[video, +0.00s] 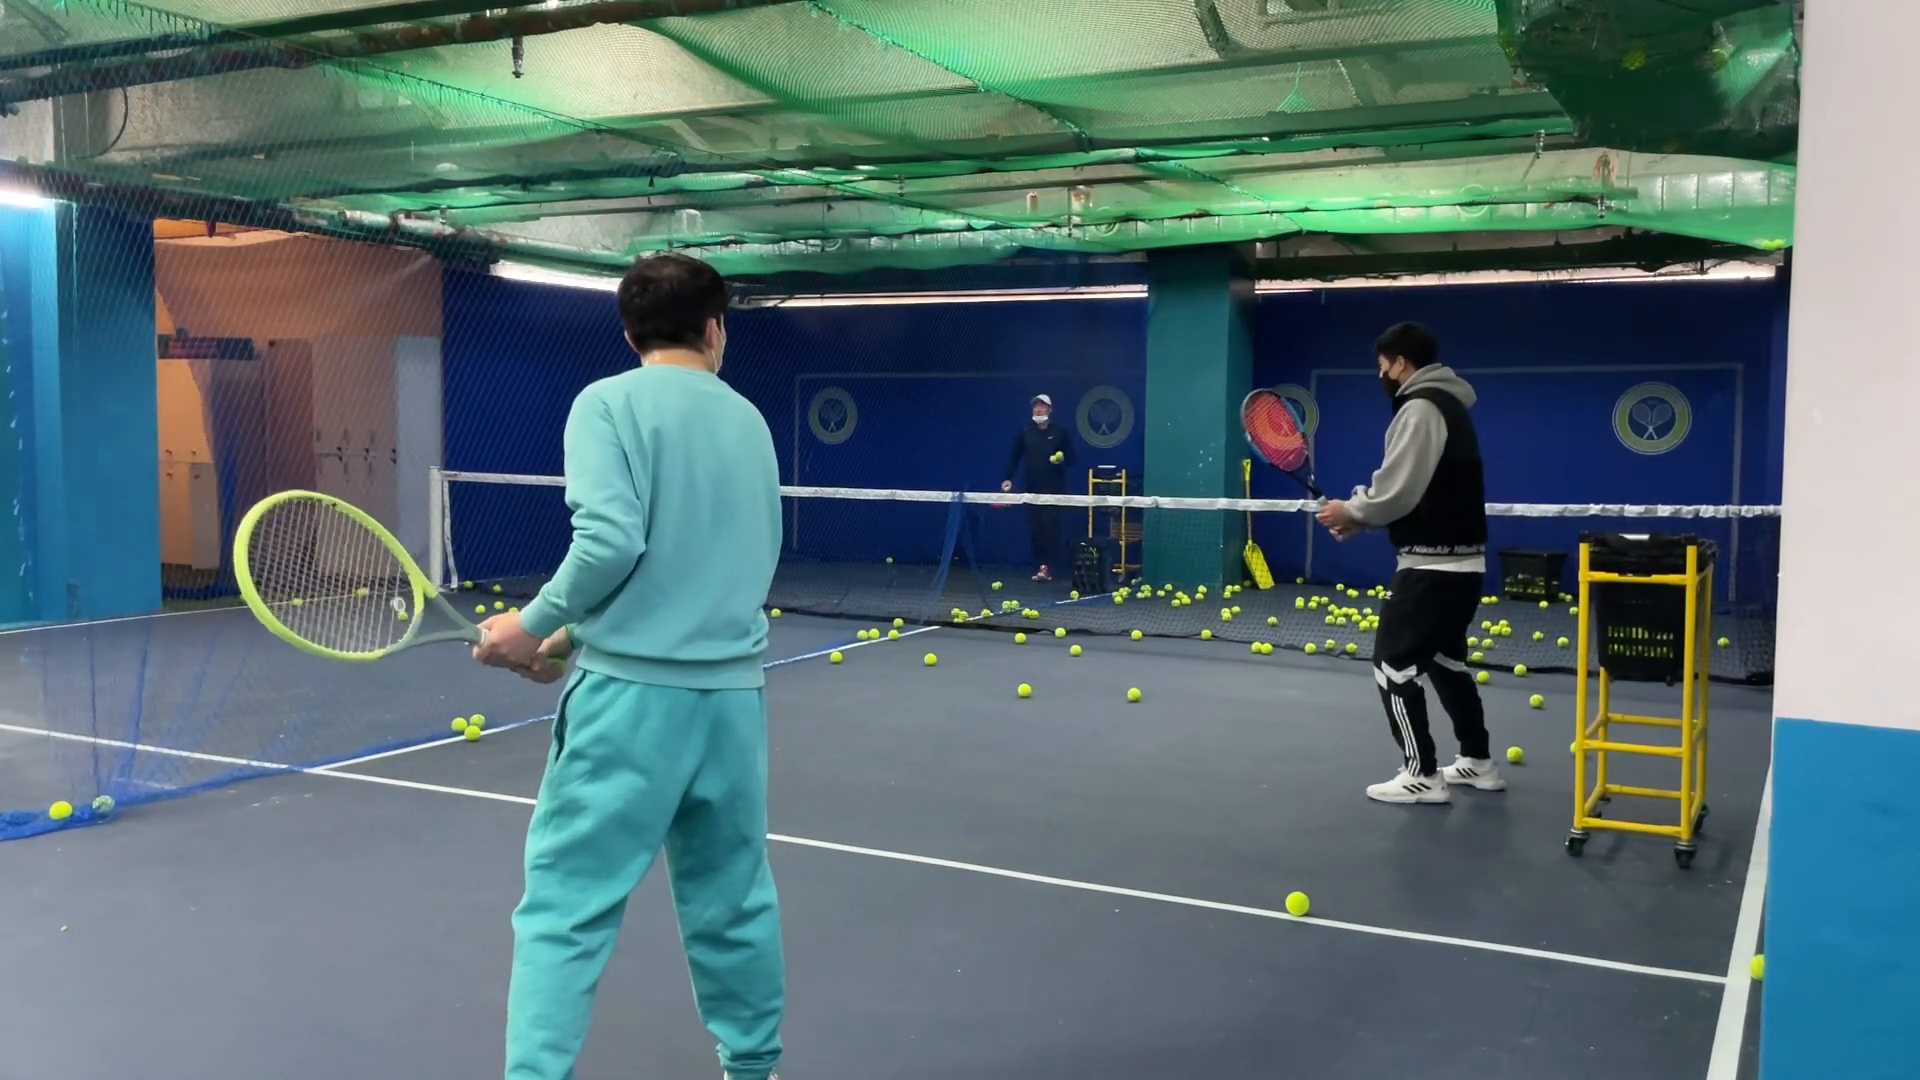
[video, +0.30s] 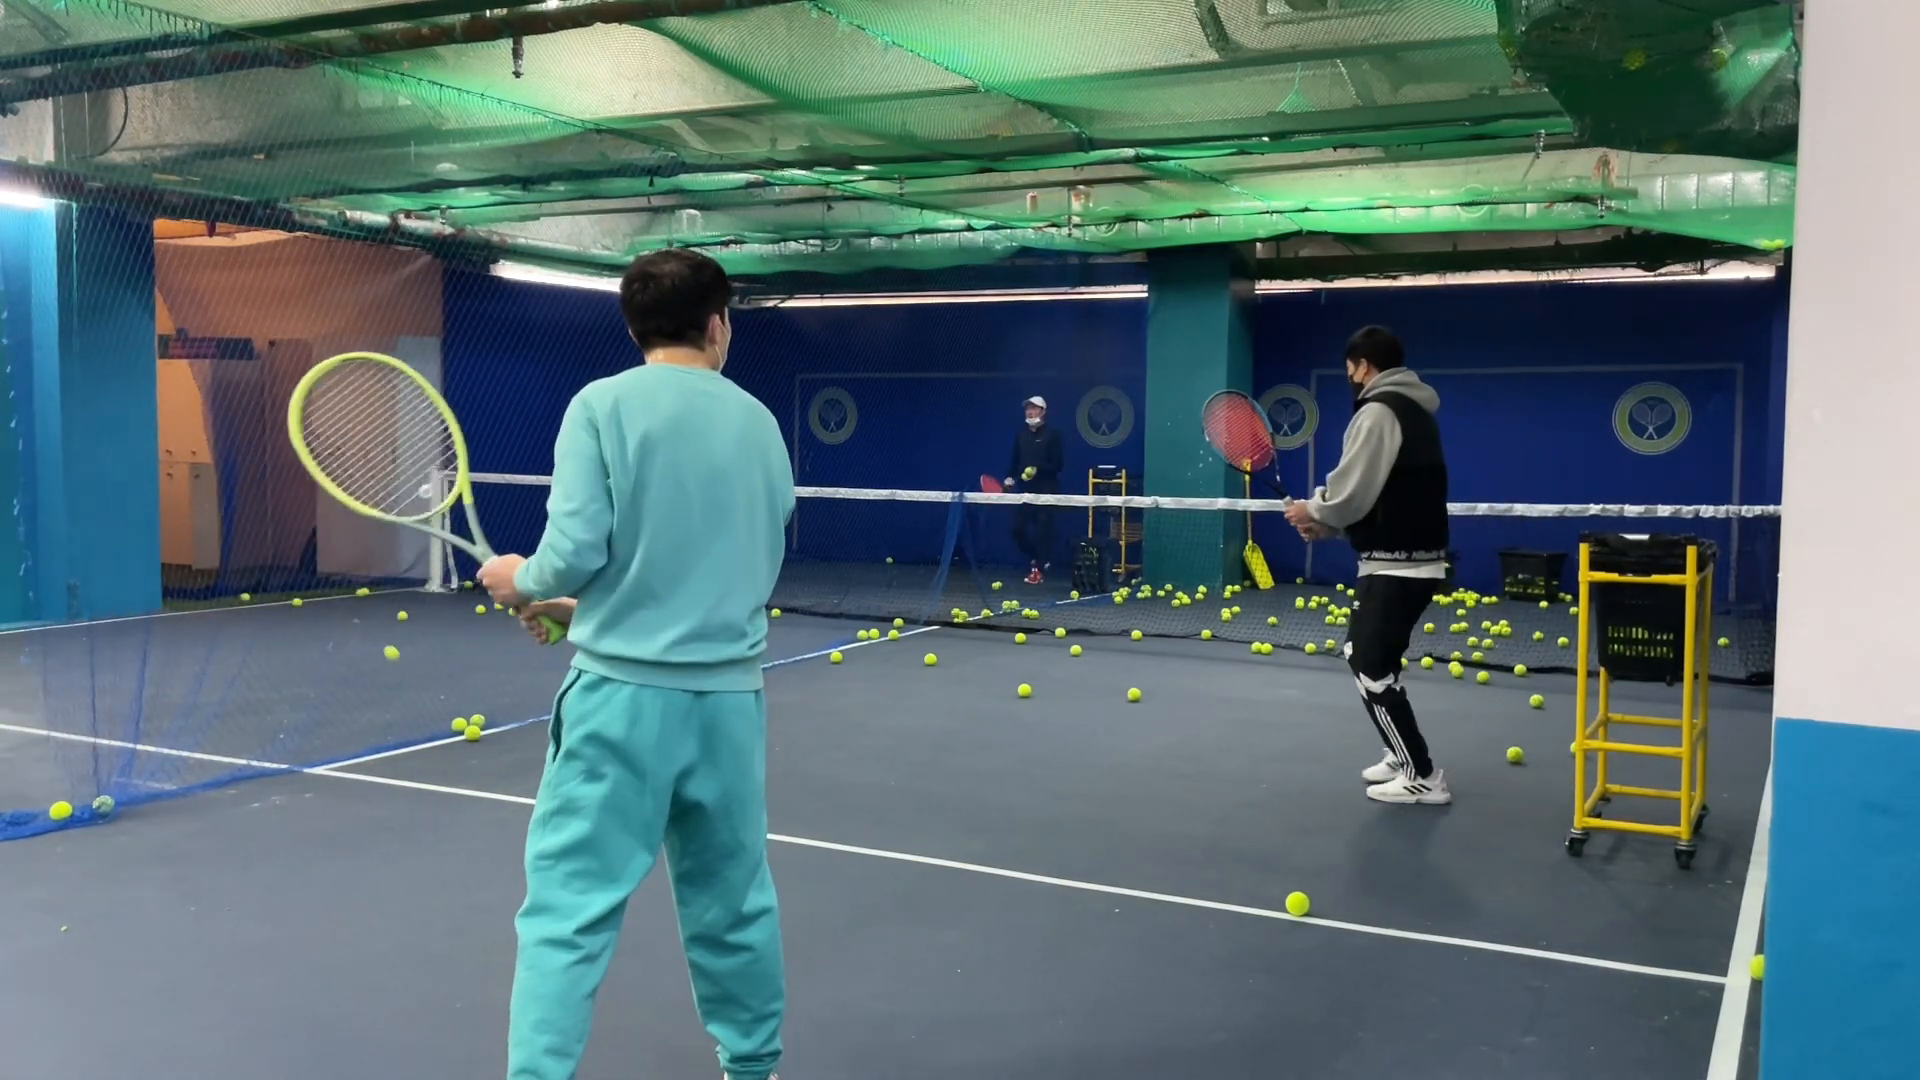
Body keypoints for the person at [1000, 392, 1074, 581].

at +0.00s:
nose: (1039, 411)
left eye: (1043, 408)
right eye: (1036, 408)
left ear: (1050, 410)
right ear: (1032, 411)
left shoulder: (1059, 433)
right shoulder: (1025, 433)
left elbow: (1071, 459)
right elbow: (1015, 457)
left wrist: (1062, 459)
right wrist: (1009, 478)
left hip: (1053, 485)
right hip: (1032, 484)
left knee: (1049, 524)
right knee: (1036, 525)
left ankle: (1046, 565)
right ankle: (1042, 565)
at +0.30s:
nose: (1030, 412)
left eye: (1034, 409)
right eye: (1028, 408)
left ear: (1043, 412)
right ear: (1025, 411)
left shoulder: (1052, 434)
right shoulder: (1022, 435)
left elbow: (1057, 464)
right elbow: (1015, 462)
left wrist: (1037, 470)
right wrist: (1010, 477)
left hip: (1046, 489)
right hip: (1025, 488)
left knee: (1042, 528)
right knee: (1018, 528)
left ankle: (1037, 569)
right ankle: (1036, 559)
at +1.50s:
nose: (1022, 420)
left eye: (1026, 417)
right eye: (1020, 417)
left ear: (1035, 419)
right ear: (1018, 420)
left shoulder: (1047, 439)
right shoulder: (1015, 442)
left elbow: (1054, 465)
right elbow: (1006, 468)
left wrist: (1052, 490)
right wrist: (1002, 492)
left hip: (1050, 491)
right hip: (1028, 491)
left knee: (1058, 530)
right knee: (1019, 529)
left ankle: (1064, 566)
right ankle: (1015, 565)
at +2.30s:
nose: (1015, 422)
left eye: (1019, 419)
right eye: (1013, 418)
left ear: (1027, 420)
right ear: (1010, 419)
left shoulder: (1037, 441)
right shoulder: (1004, 441)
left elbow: (1042, 468)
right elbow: (995, 468)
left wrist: (1038, 491)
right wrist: (988, 491)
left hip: (1036, 491)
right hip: (1011, 492)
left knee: (1045, 526)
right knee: (1010, 529)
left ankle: (1053, 564)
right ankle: (1013, 565)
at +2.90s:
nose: (1023, 411)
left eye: (1027, 409)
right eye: (1021, 408)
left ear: (1035, 411)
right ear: (1019, 411)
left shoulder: (1043, 434)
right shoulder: (1015, 433)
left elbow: (1050, 462)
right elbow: (1010, 459)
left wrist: (1049, 488)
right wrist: (1005, 483)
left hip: (1037, 486)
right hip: (1016, 485)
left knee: (1038, 526)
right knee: (1011, 524)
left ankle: (1037, 564)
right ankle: (1007, 562)